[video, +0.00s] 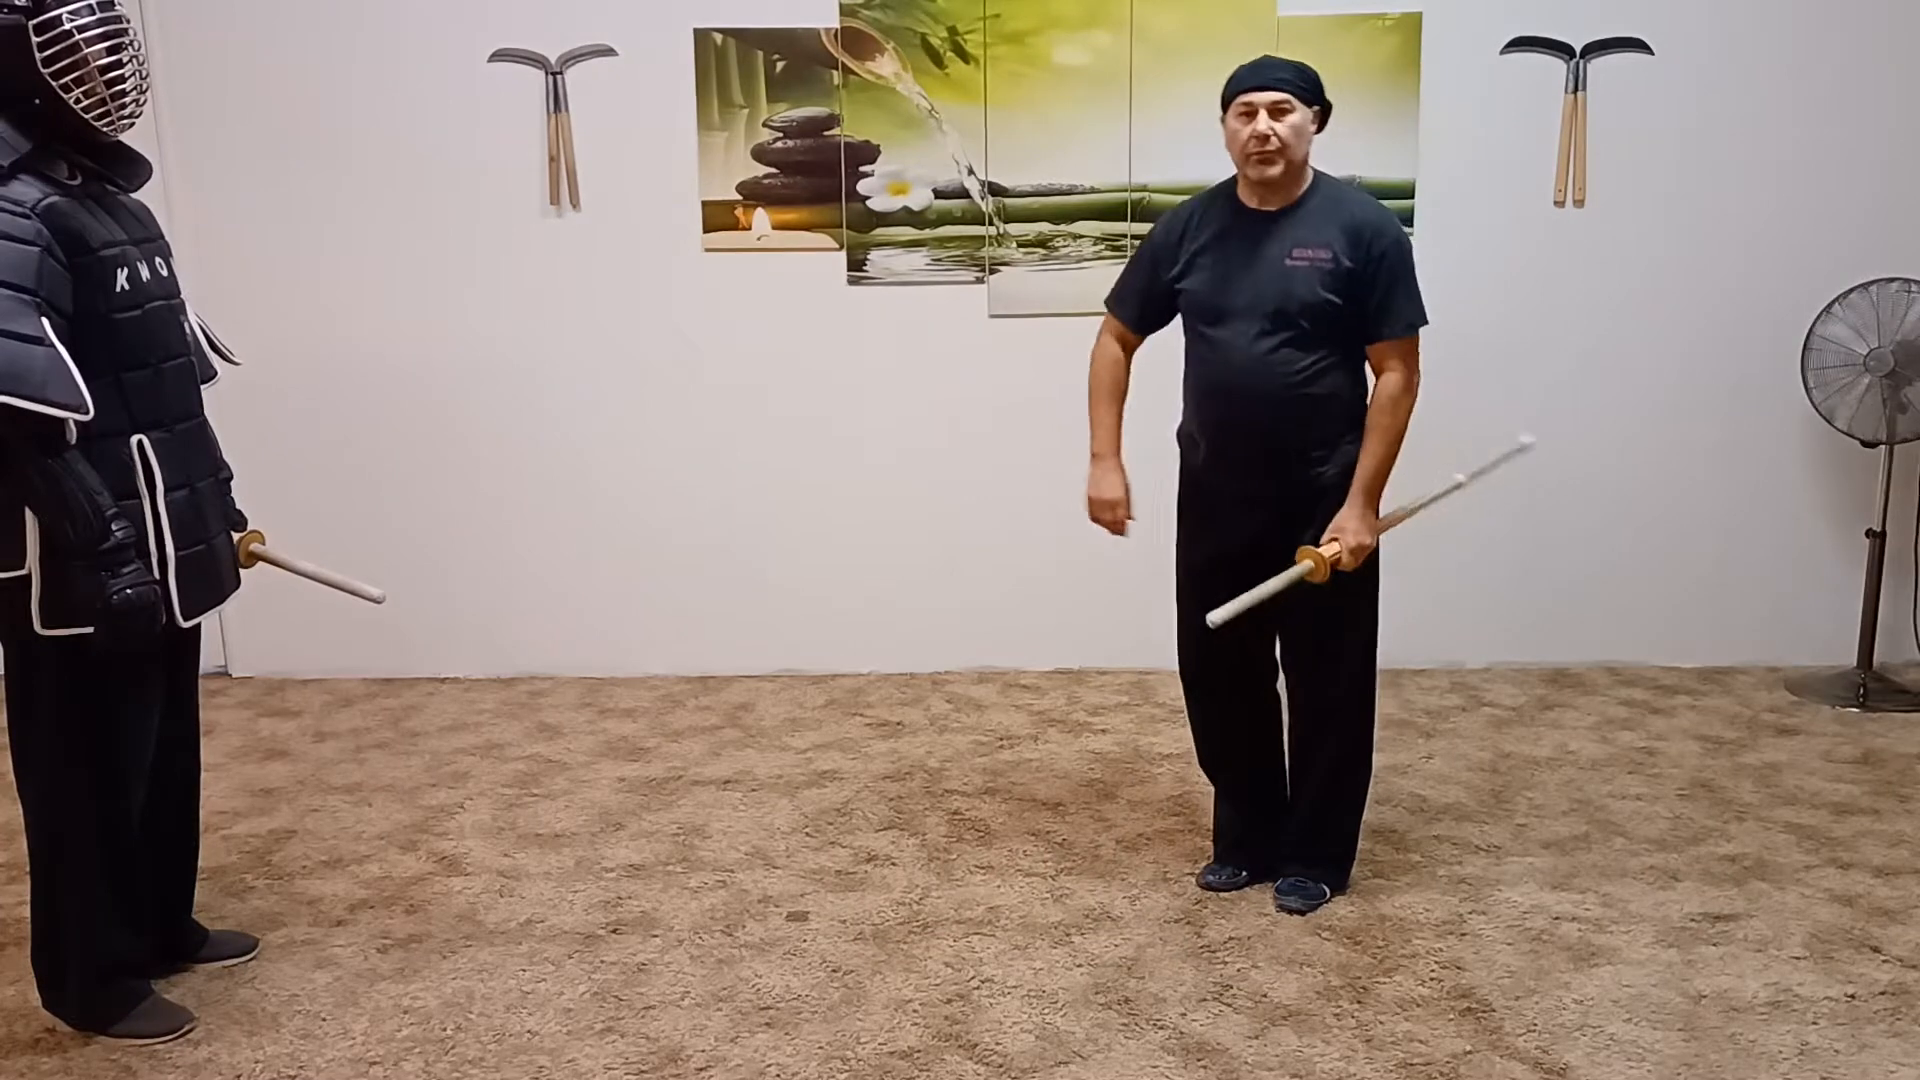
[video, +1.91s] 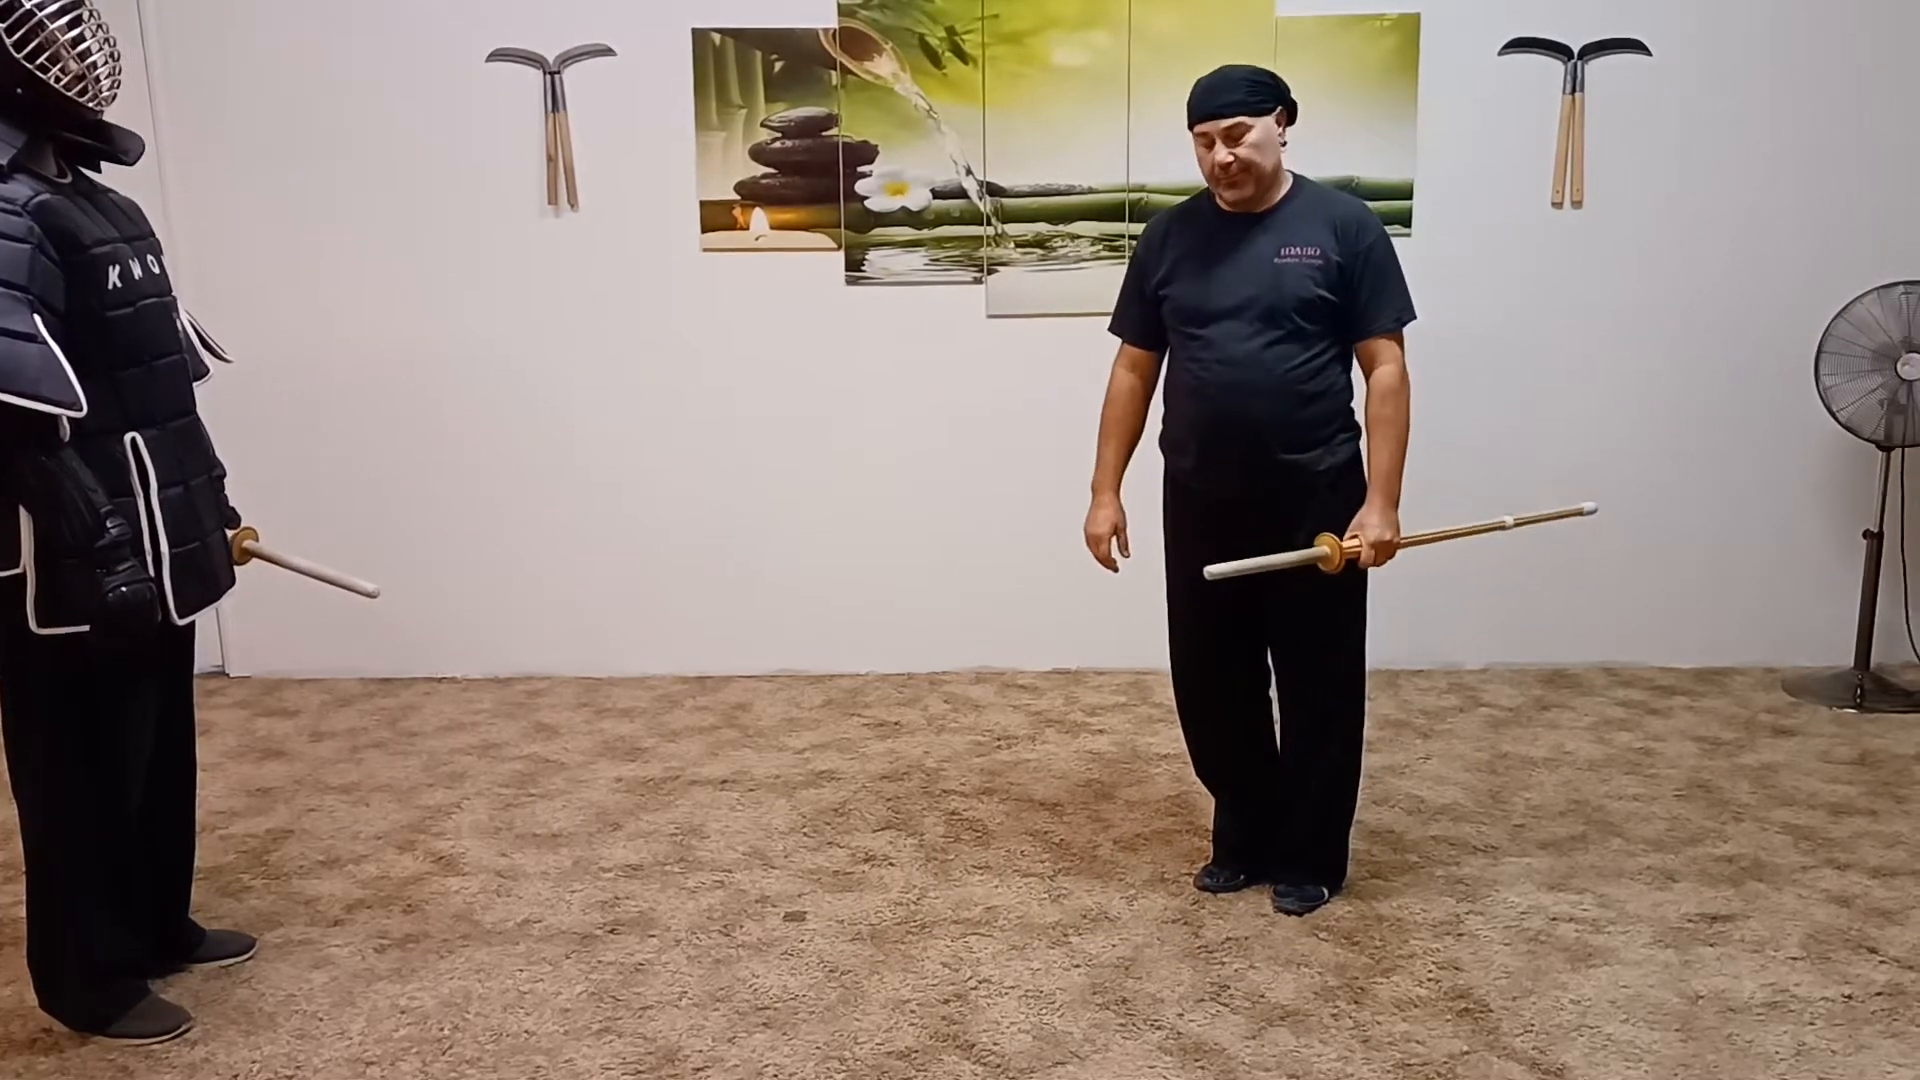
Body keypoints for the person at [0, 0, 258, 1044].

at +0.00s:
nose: (123, 67)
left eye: (119, 48)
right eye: (98, 49)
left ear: (100, 67)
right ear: (44, 67)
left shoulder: (119, 197)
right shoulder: (21, 206)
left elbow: (174, 380)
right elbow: (26, 400)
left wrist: (219, 509)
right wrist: (101, 538)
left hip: (159, 541)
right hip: (71, 553)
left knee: (161, 748)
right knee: (86, 768)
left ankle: (161, 931)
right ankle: (90, 981)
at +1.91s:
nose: (98, 68)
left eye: (92, 52)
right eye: (76, 54)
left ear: (60, 80)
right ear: (35, 76)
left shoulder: (115, 208)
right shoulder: (13, 214)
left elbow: (168, 384)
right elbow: (23, 409)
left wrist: (212, 511)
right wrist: (98, 538)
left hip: (153, 548)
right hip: (64, 560)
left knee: (157, 752)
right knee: (82, 773)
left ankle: (160, 931)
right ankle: (87, 983)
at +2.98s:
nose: (92, 82)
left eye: (87, 66)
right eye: (73, 67)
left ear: (53, 86)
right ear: (31, 83)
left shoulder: (101, 210)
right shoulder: (10, 220)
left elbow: (151, 381)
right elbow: (24, 417)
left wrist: (198, 505)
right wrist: (90, 549)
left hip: (145, 548)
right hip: (60, 567)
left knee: (150, 750)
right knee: (75, 772)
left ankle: (156, 931)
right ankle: (82, 981)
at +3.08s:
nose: (88, 82)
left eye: (83, 66)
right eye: (71, 68)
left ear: (49, 86)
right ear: (31, 83)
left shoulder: (101, 209)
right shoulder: (10, 220)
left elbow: (151, 381)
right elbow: (24, 415)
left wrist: (198, 506)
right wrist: (88, 548)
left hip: (144, 549)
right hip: (60, 566)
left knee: (151, 750)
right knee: (75, 771)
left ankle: (155, 930)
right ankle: (81, 981)